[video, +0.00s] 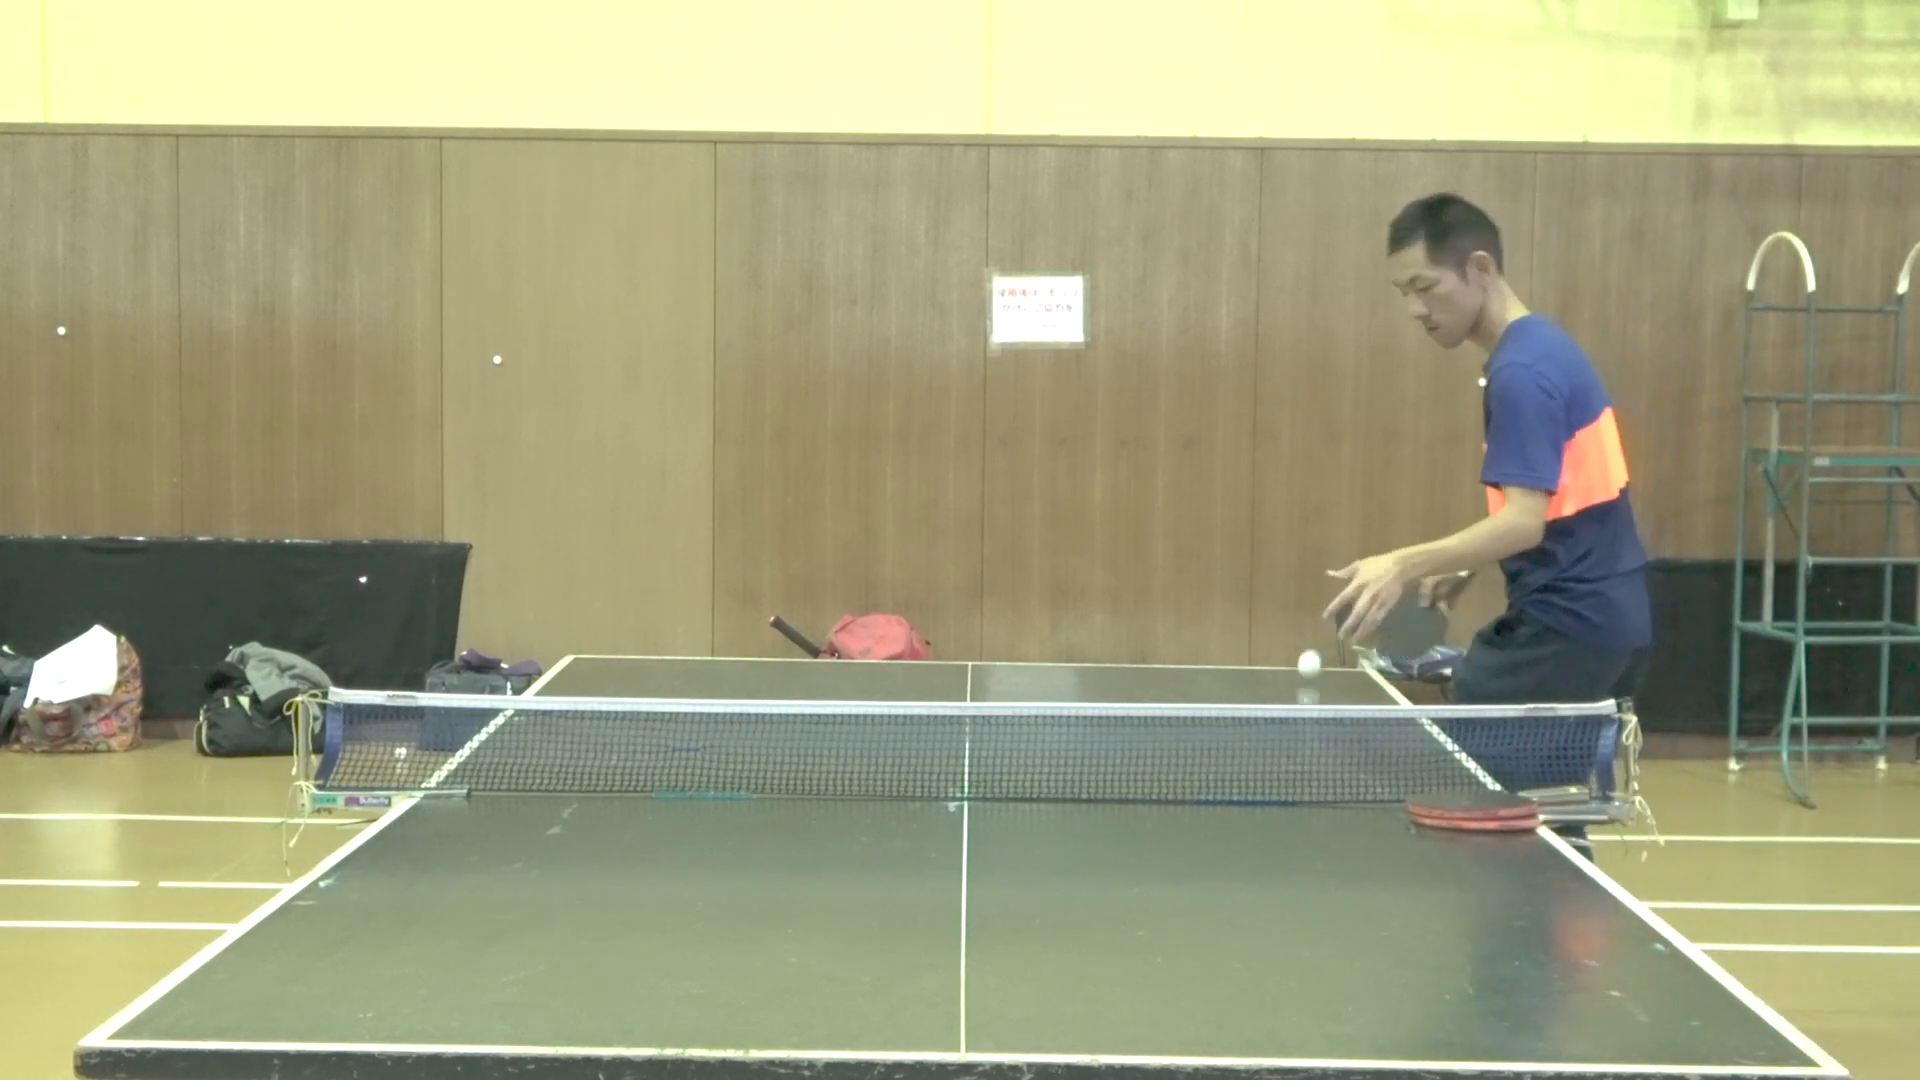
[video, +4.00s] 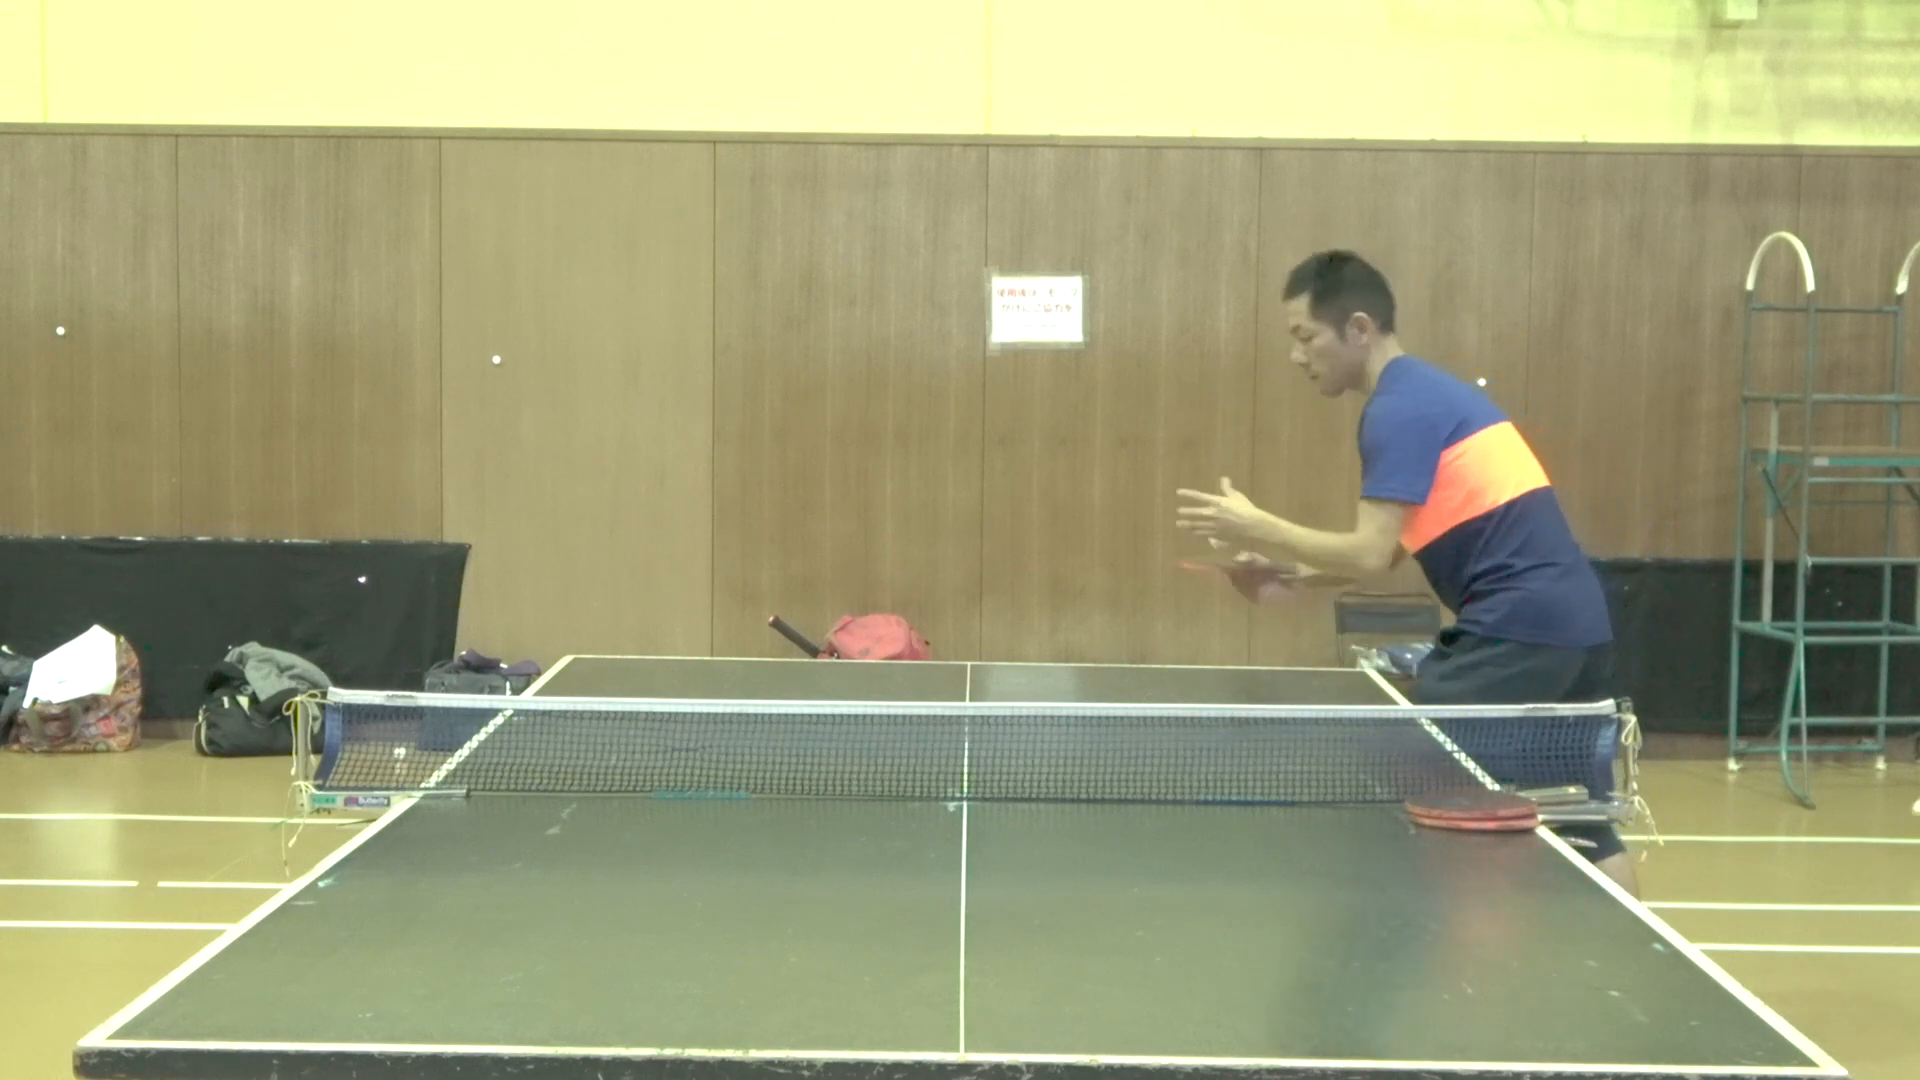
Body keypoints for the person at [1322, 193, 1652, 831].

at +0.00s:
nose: (1416, 310)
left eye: (1425, 288)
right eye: (1407, 293)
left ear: (1481, 267)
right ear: (1479, 272)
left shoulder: (1521, 370)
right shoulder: (1544, 348)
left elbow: (1523, 521)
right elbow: (1534, 501)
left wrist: (1404, 565)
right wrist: (1464, 564)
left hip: (1565, 629)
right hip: (1608, 623)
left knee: (1447, 781)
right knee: (1551, 806)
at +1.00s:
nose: (1174, 413)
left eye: (1185, 394)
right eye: (1173, 395)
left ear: (1242, 393)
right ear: (1247, 391)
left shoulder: (1313, 456)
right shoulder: (1327, 414)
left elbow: (1203, 579)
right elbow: (1276, 560)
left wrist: (1070, 614)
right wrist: (1199, 604)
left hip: (1499, 625)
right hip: (1517, 609)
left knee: (1392, 780)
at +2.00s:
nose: (1353, 303)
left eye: (1371, 286)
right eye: (1360, 286)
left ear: (1419, 300)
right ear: (1428, 300)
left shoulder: (1435, 355)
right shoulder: (1525, 361)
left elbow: (1442, 398)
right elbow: (1595, 349)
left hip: (1531, 626)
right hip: (1589, 628)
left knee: (1430, 795)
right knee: (1537, 809)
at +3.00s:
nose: (1397, 394)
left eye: (1389, 382)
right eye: (1391, 384)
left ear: (1398, 363)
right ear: (1456, 343)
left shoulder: (1422, 401)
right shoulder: (1546, 392)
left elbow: (1446, 515)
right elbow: (1641, 510)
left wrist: (1420, 630)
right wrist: (1591, 587)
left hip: (1527, 621)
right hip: (1613, 627)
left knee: (1409, 764)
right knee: (1606, 805)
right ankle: (1640, 978)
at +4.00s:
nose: (1297, 356)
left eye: (1305, 336)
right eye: (1294, 339)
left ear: (1361, 329)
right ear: (1364, 330)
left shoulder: (1400, 403)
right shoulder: (1428, 390)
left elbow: (1369, 554)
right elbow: (1387, 561)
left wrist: (1256, 526)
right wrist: (1293, 577)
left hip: (1521, 629)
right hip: (1573, 627)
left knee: (1387, 771)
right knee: (1580, 806)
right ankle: (1641, 965)